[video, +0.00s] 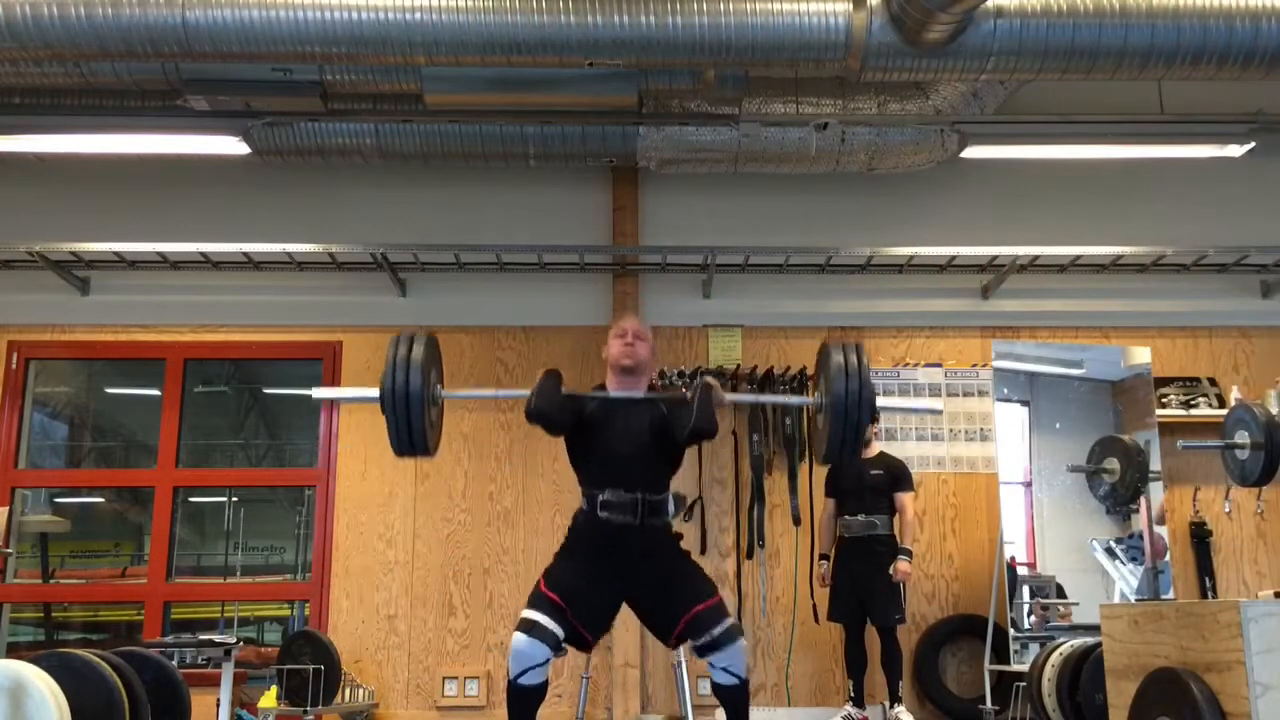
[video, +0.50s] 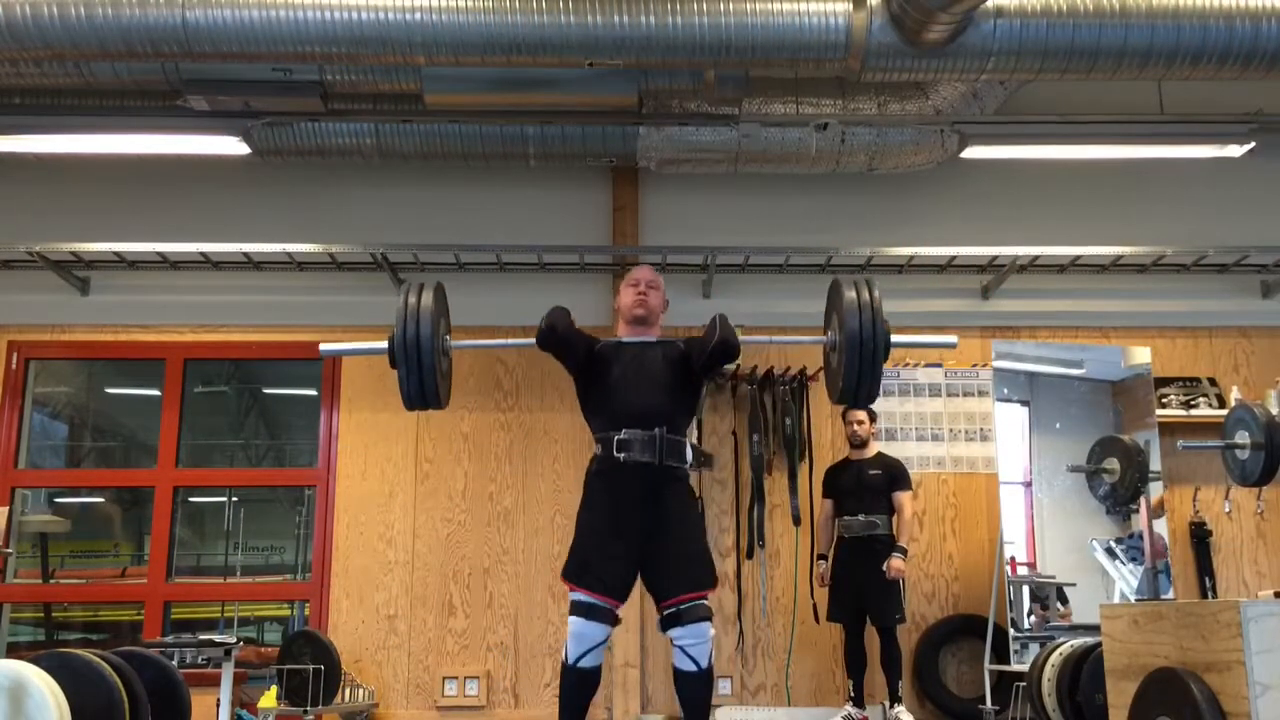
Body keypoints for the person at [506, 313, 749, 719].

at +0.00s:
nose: (629, 341)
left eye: (639, 338)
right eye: (620, 335)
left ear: (653, 360)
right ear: (605, 353)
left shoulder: (668, 409)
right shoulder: (583, 406)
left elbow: (702, 426)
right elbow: (545, 411)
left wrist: (703, 391)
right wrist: (550, 379)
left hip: (655, 549)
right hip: (590, 546)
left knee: (729, 649)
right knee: (526, 650)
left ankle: (738, 718)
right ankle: (521, 718)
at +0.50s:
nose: (642, 290)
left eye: (652, 286)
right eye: (633, 284)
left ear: (664, 306)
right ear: (616, 302)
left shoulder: (683, 354)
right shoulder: (594, 353)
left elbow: (722, 350)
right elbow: (558, 337)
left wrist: (720, 331)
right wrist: (557, 318)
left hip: (673, 501)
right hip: (609, 499)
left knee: (694, 633)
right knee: (587, 631)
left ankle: (697, 718)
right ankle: (570, 718)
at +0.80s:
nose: (644, 278)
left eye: (654, 273)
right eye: (635, 271)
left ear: (665, 291)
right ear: (617, 285)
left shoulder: (684, 342)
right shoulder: (590, 342)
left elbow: (720, 396)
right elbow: (555, 398)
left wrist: (724, 343)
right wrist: (551, 345)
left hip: (664, 486)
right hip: (603, 485)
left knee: (679, 619)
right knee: (586, 616)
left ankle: (698, 717)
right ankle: (569, 717)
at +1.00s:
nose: (639, 321)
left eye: (649, 312)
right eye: (631, 310)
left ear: (663, 311)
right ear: (615, 306)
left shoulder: (684, 361)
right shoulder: (586, 359)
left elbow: (730, 428)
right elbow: (548, 433)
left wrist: (728, 407)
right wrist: (550, 411)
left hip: (661, 502)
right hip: (600, 500)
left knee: (686, 626)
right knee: (583, 622)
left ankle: (698, 716)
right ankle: (568, 717)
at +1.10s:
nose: (640, 335)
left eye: (650, 326)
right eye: (632, 324)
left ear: (665, 323)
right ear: (617, 321)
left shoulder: (688, 376)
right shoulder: (591, 375)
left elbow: (723, 435)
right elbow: (565, 437)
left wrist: (726, 465)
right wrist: (555, 468)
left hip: (667, 517)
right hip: (606, 516)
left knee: (687, 637)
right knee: (589, 627)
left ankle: (691, 718)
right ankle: (571, 718)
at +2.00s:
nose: (610, 352)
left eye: (619, 344)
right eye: (604, 343)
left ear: (633, 345)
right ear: (591, 341)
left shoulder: (652, 390)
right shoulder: (569, 390)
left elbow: (671, 456)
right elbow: (542, 448)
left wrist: (652, 497)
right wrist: (547, 484)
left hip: (641, 517)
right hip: (590, 518)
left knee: (655, 625)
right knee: (593, 628)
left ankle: (669, 712)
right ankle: (594, 714)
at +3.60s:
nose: (576, 354)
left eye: (580, 344)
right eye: (565, 347)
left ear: (591, 336)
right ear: (548, 344)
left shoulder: (620, 380)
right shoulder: (526, 386)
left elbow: (648, 442)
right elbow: (498, 447)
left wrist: (665, 501)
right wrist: (475, 505)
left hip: (610, 511)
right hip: (555, 512)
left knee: (642, 613)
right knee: (552, 622)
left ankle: (630, 714)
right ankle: (543, 718)